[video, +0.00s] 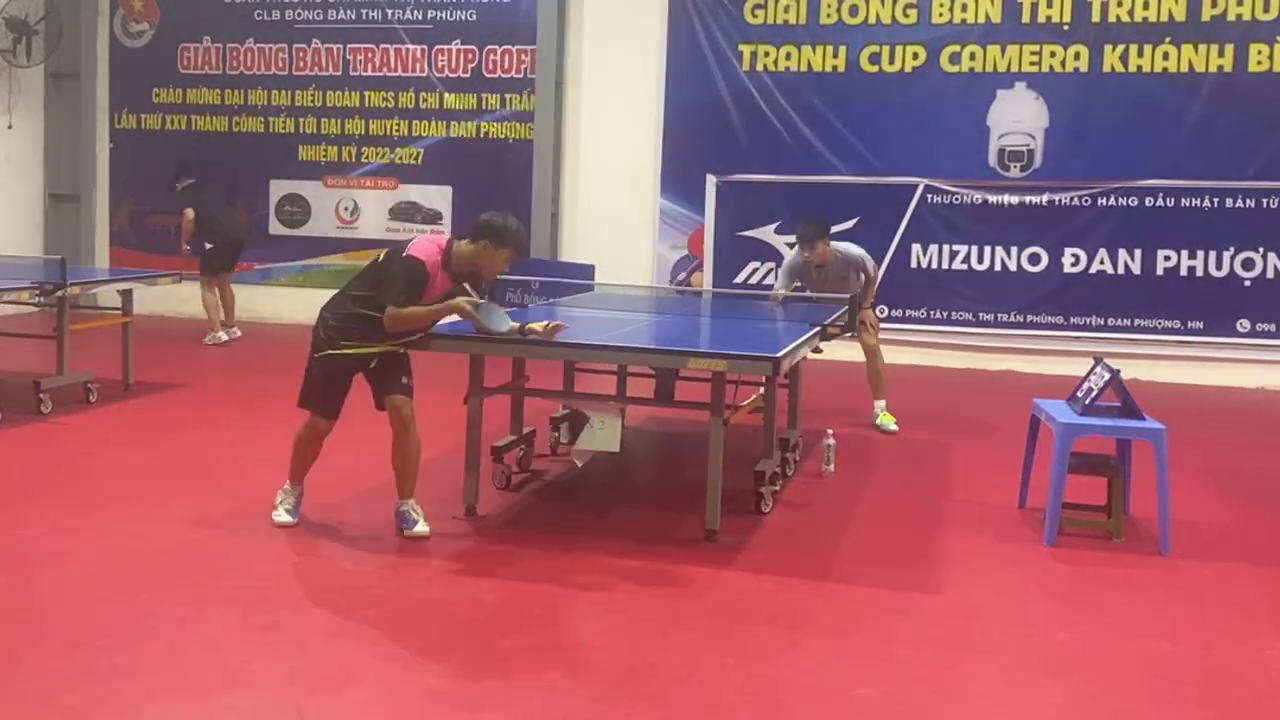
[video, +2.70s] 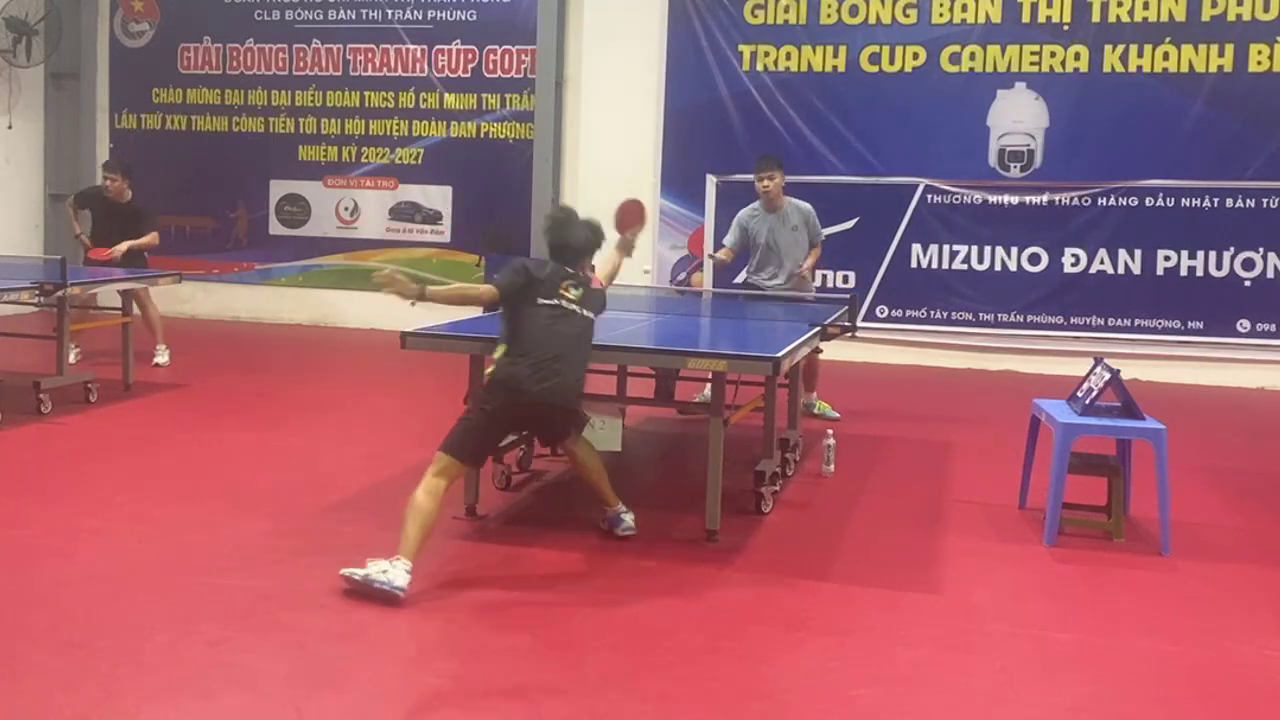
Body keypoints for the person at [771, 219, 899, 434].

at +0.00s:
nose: (806, 255)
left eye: (812, 249)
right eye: (803, 249)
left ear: (827, 244)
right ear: (799, 247)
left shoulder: (854, 255)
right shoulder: (795, 260)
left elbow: (873, 275)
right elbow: (776, 296)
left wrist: (867, 306)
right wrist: (779, 295)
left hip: (855, 303)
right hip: (820, 306)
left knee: (871, 345)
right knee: (785, 341)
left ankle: (881, 410)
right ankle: (765, 394)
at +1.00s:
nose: (806, 218)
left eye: (812, 213)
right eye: (802, 213)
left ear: (828, 212)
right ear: (799, 214)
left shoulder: (852, 235)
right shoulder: (795, 238)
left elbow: (870, 265)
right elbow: (780, 272)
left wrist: (861, 298)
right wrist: (773, 278)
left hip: (853, 301)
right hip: (816, 302)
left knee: (863, 347)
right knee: (784, 340)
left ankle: (880, 410)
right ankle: (766, 394)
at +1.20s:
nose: (795, 196)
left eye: (801, 190)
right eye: (792, 190)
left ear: (816, 190)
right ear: (788, 191)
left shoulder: (839, 219)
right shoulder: (782, 220)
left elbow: (852, 250)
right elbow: (767, 252)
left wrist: (842, 273)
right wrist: (762, 261)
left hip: (832, 298)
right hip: (793, 298)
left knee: (850, 343)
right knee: (774, 339)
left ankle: (876, 407)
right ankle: (766, 392)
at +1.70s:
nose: (787, 206)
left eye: (793, 199)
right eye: (784, 200)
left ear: (809, 199)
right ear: (780, 201)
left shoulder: (833, 228)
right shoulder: (774, 229)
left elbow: (852, 257)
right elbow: (746, 247)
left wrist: (849, 274)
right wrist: (734, 252)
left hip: (826, 306)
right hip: (784, 306)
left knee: (848, 356)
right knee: (744, 338)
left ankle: (850, 403)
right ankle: (740, 394)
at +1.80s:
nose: (770, 211)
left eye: (776, 206)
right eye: (767, 206)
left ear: (792, 205)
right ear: (763, 207)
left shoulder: (817, 231)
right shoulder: (757, 234)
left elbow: (837, 258)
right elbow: (723, 250)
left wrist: (844, 278)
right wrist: (719, 256)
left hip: (814, 311)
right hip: (773, 311)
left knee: (836, 355)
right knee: (739, 350)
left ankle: (848, 403)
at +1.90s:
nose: (750, 219)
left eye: (755, 212)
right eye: (746, 213)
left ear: (771, 211)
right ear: (743, 215)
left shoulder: (793, 234)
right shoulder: (737, 240)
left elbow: (816, 259)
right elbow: (703, 256)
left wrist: (835, 280)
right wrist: (701, 260)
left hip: (792, 312)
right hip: (750, 314)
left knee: (817, 353)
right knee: (717, 356)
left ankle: (847, 403)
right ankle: (709, 411)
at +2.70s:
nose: (765, 184)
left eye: (771, 179)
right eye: (760, 180)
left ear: (782, 180)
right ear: (755, 184)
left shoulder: (804, 211)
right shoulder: (746, 217)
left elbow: (817, 245)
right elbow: (729, 251)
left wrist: (809, 262)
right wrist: (714, 258)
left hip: (797, 291)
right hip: (756, 289)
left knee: (811, 347)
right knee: (725, 332)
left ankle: (809, 399)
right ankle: (713, 390)